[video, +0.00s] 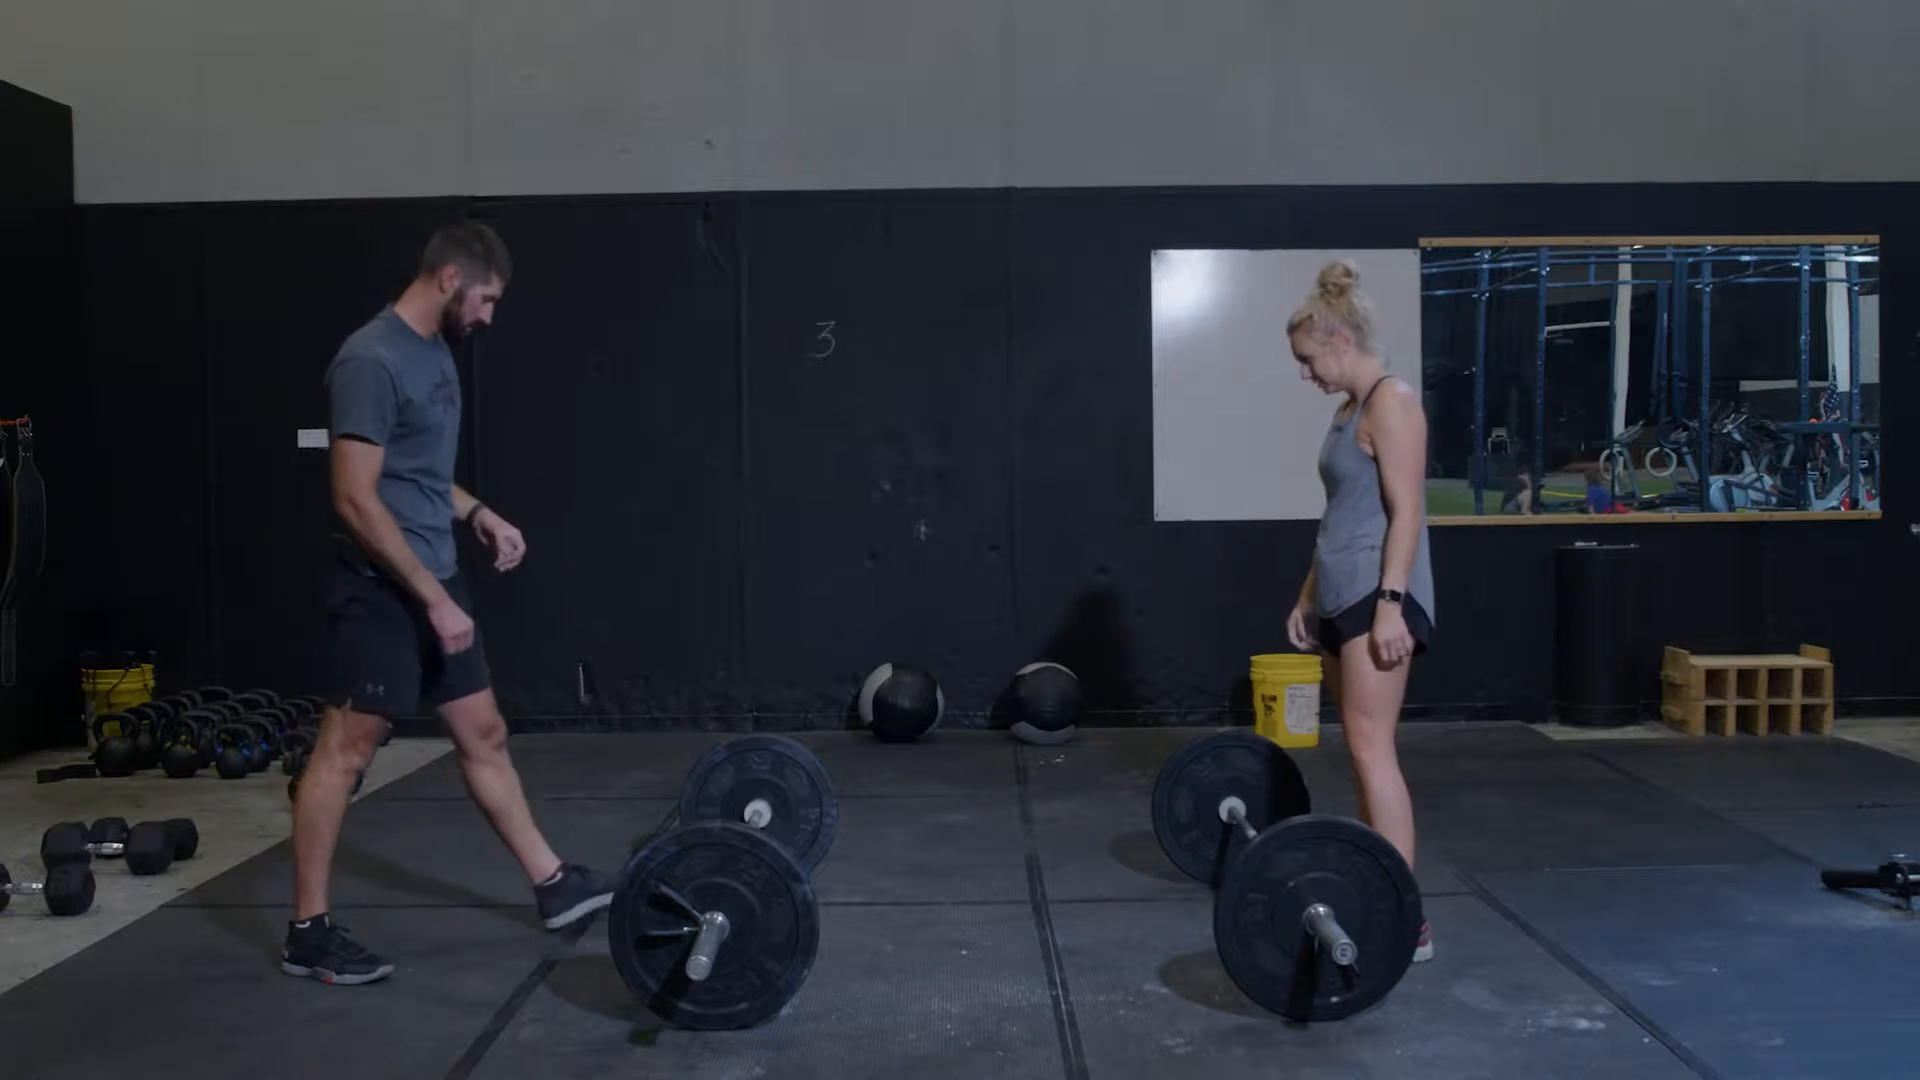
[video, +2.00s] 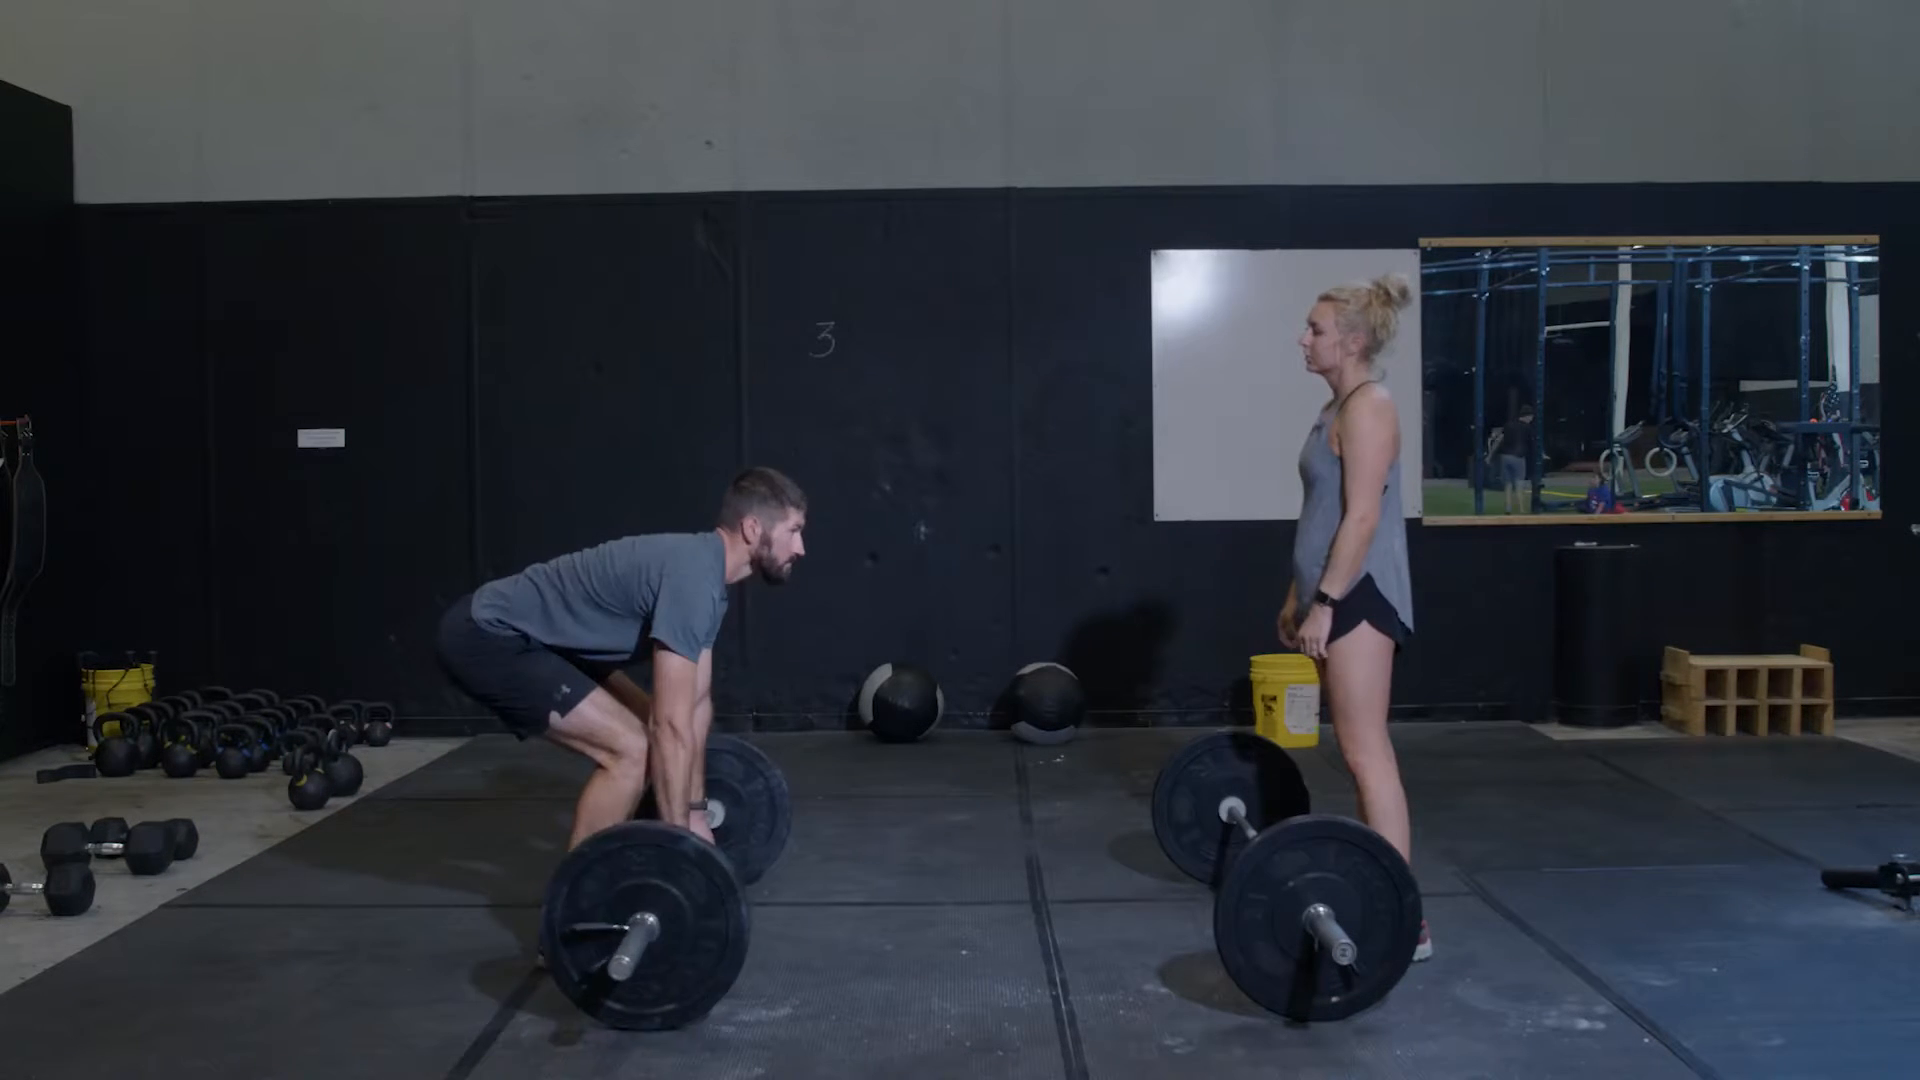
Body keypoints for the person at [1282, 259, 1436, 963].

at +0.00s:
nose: (1305, 372)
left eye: (1306, 359)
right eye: (1300, 362)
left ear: (1340, 339)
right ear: (1334, 342)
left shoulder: (1392, 401)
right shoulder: (1351, 410)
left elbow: (1407, 509)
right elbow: (1340, 521)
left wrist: (1390, 602)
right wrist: (1310, 595)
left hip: (1377, 595)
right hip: (1344, 595)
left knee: (1371, 748)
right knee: (1363, 748)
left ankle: (1400, 913)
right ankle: (1381, 903)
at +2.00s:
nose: (1304, 340)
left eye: (1317, 330)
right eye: (1308, 328)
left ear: (1354, 341)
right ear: (1342, 342)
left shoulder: (1369, 407)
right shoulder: (1337, 409)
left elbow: (1364, 517)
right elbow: (1323, 516)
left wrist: (1325, 601)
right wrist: (1300, 592)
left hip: (1363, 596)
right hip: (1339, 594)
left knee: (1367, 751)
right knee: (1360, 750)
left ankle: (1400, 912)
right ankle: (1385, 904)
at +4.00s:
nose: (1315, 333)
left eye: (1328, 324)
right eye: (1319, 322)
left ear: (1364, 337)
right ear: (1354, 338)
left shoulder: (1376, 404)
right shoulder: (1350, 407)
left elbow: (1370, 515)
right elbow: (1334, 516)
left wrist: (1331, 600)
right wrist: (1308, 593)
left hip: (1368, 596)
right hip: (1346, 594)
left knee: (1372, 751)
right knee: (1365, 751)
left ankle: (1399, 913)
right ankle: (1384, 906)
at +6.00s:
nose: (1328, 326)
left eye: (1341, 318)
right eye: (1333, 315)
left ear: (1374, 337)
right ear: (1368, 337)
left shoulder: (1380, 401)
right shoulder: (1360, 403)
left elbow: (1373, 508)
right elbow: (1351, 512)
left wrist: (1335, 594)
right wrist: (1321, 599)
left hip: (1372, 594)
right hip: (1350, 594)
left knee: (1383, 748)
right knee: (1363, 746)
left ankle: (1403, 914)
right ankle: (1377, 900)